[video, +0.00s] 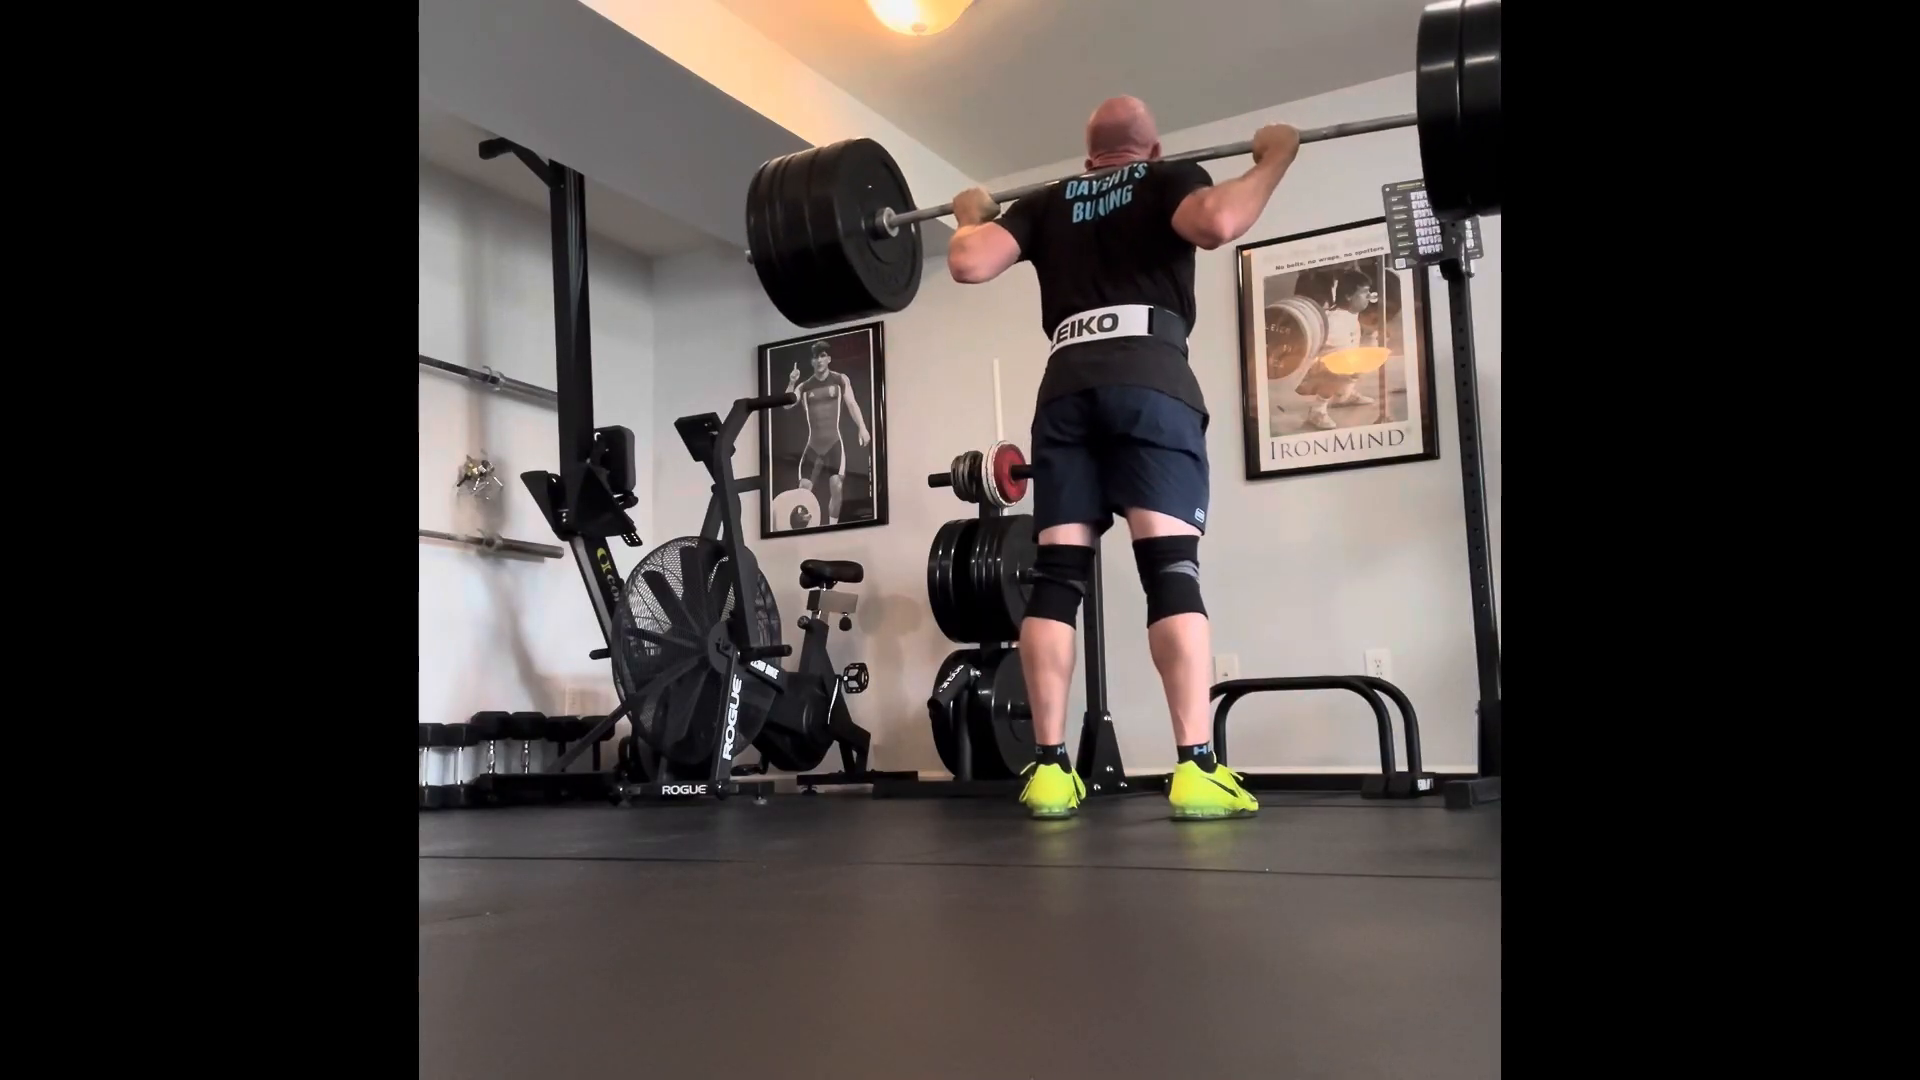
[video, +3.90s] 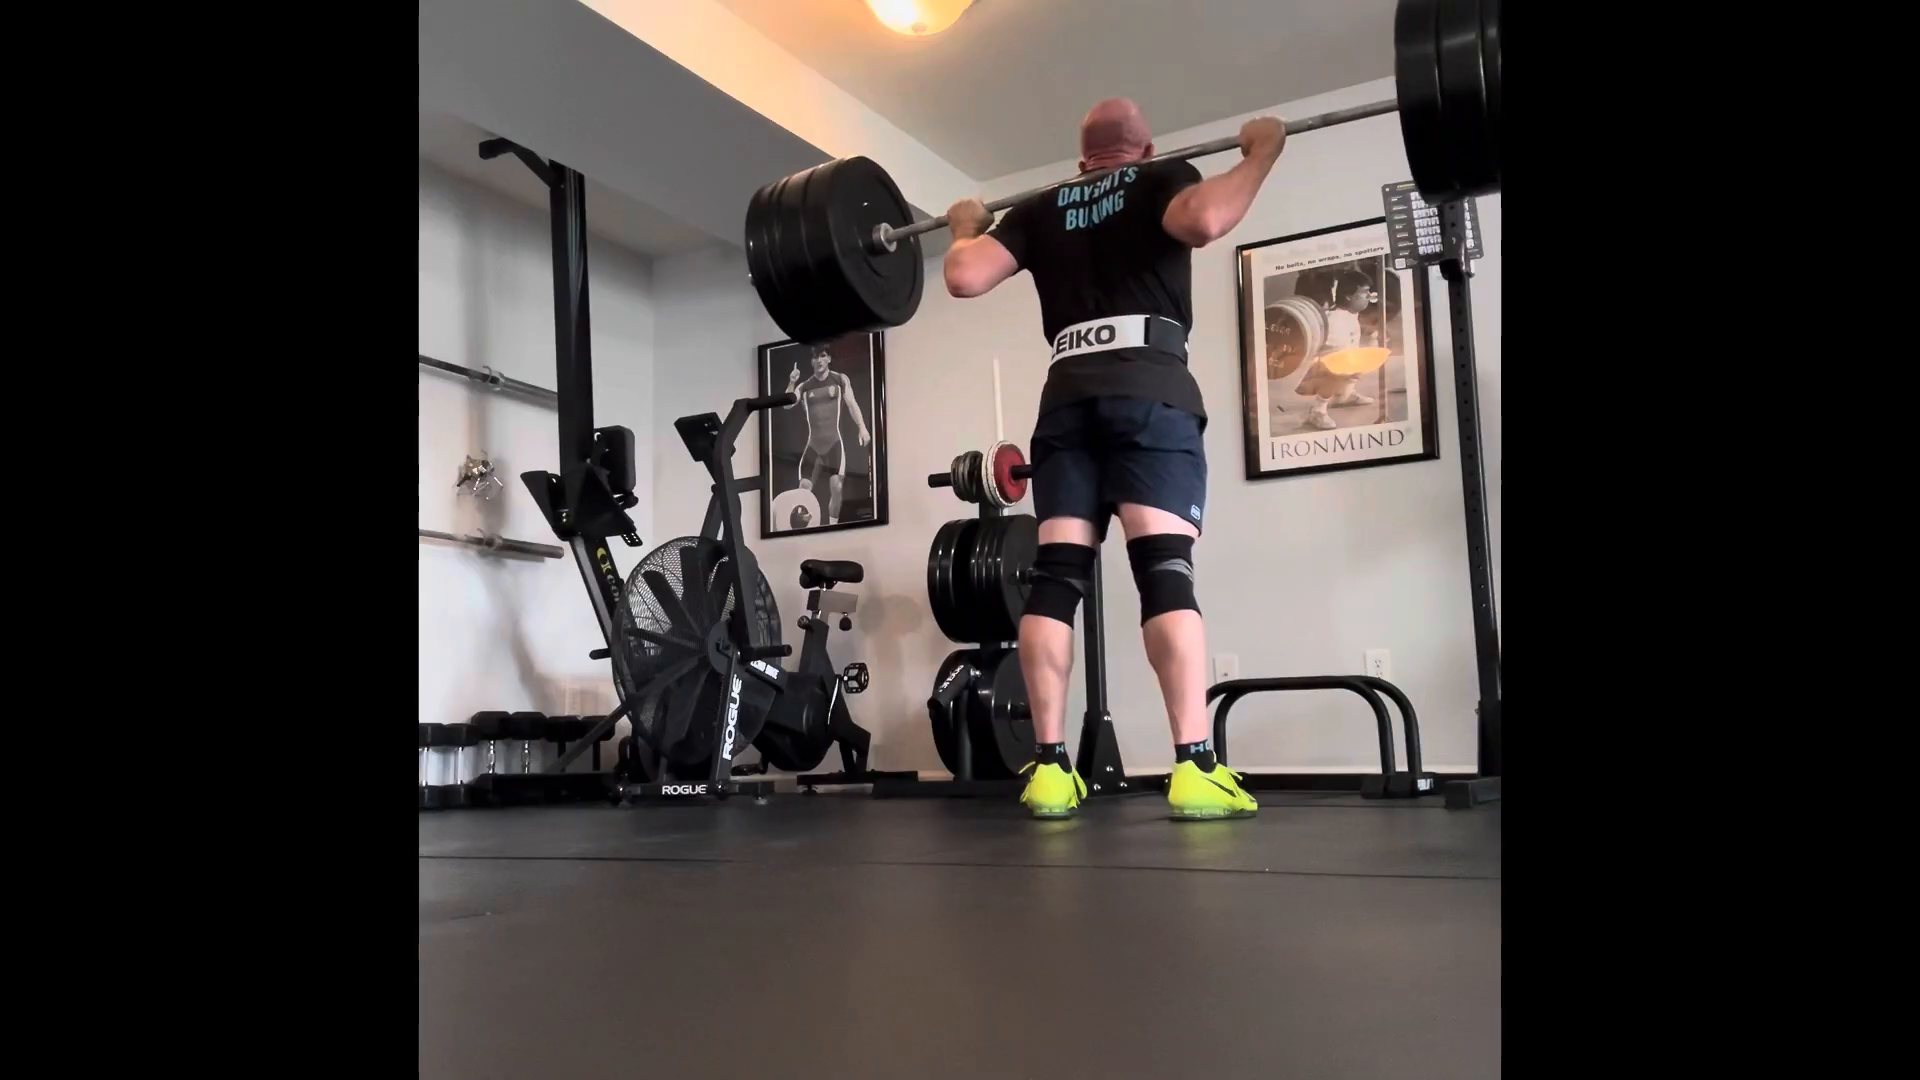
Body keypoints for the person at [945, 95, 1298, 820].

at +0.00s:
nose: (1147, 151)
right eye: (1152, 142)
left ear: (1085, 153)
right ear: (1154, 147)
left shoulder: (1045, 203)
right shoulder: (1167, 179)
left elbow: (969, 262)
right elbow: (1218, 220)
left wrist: (969, 215)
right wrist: (1272, 159)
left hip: (1066, 383)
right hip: (1153, 380)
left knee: (1056, 574)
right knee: (1170, 571)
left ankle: (1050, 764)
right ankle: (1197, 763)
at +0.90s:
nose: (1151, 244)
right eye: (1150, 236)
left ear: (1079, 246)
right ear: (1150, 244)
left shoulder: (1038, 294)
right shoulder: (1165, 271)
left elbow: (956, 346)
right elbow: (1214, 312)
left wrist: (967, 301)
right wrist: (1271, 254)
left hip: (1049, 450)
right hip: (1141, 438)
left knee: (1053, 612)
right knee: (1222, 598)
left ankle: (1050, 765)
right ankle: (1201, 765)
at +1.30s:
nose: (1157, 324)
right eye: (1156, 318)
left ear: (1088, 326)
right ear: (1155, 323)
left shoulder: (1040, 371)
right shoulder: (1168, 353)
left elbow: (957, 441)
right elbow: (1214, 401)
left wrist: (967, 390)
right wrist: (1274, 345)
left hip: (1037, 508)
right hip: (1130, 494)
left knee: (1056, 627)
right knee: (1233, 610)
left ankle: (1051, 769)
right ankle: (1202, 766)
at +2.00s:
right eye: (1169, 413)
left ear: (1101, 420)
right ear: (1168, 419)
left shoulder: (1047, 463)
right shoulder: (1181, 450)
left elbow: (965, 539)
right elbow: (1227, 507)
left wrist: (975, 474)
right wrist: (1289, 447)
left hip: (1042, 615)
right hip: (1143, 604)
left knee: (1042, 637)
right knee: (1247, 614)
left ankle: (1052, 767)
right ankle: (1203, 767)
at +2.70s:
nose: (1167, 343)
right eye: (1167, 336)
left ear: (1098, 338)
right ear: (1161, 338)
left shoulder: (1042, 379)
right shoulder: (1168, 364)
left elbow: (961, 446)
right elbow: (1213, 401)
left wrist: (972, 394)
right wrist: (1276, 360)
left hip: (1026, 509)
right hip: (1122, 496)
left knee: (1087, 615)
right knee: (1205, 605)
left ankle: (1055, 770)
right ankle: (1199, 767)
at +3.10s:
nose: (1156, 240)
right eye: (1156, 233)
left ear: (1089, 238)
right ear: (1156, 237)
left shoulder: (1042, 291)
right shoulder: (1167, 269)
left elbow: (962, 355)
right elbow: (1207, 312)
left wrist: (966, 304)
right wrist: (1267, 259)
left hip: (1050, 447)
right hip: (1142, 430)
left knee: (1083, 605)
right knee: (1215, 594)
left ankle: (1056, 765)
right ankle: (1201, 765)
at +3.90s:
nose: (1139, 150)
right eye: (1144, 141)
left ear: (1080, 155)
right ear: (1147, 147)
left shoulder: (1039, 211)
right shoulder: (1159, 176)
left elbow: (963, 275)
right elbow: (1207, 218)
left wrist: (966, 226)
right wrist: (1260, 153)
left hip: (1065, 397)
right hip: (1152, 390)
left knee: (1055, 575)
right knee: (1165, 573)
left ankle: (1049, 763)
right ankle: (1195, 763)